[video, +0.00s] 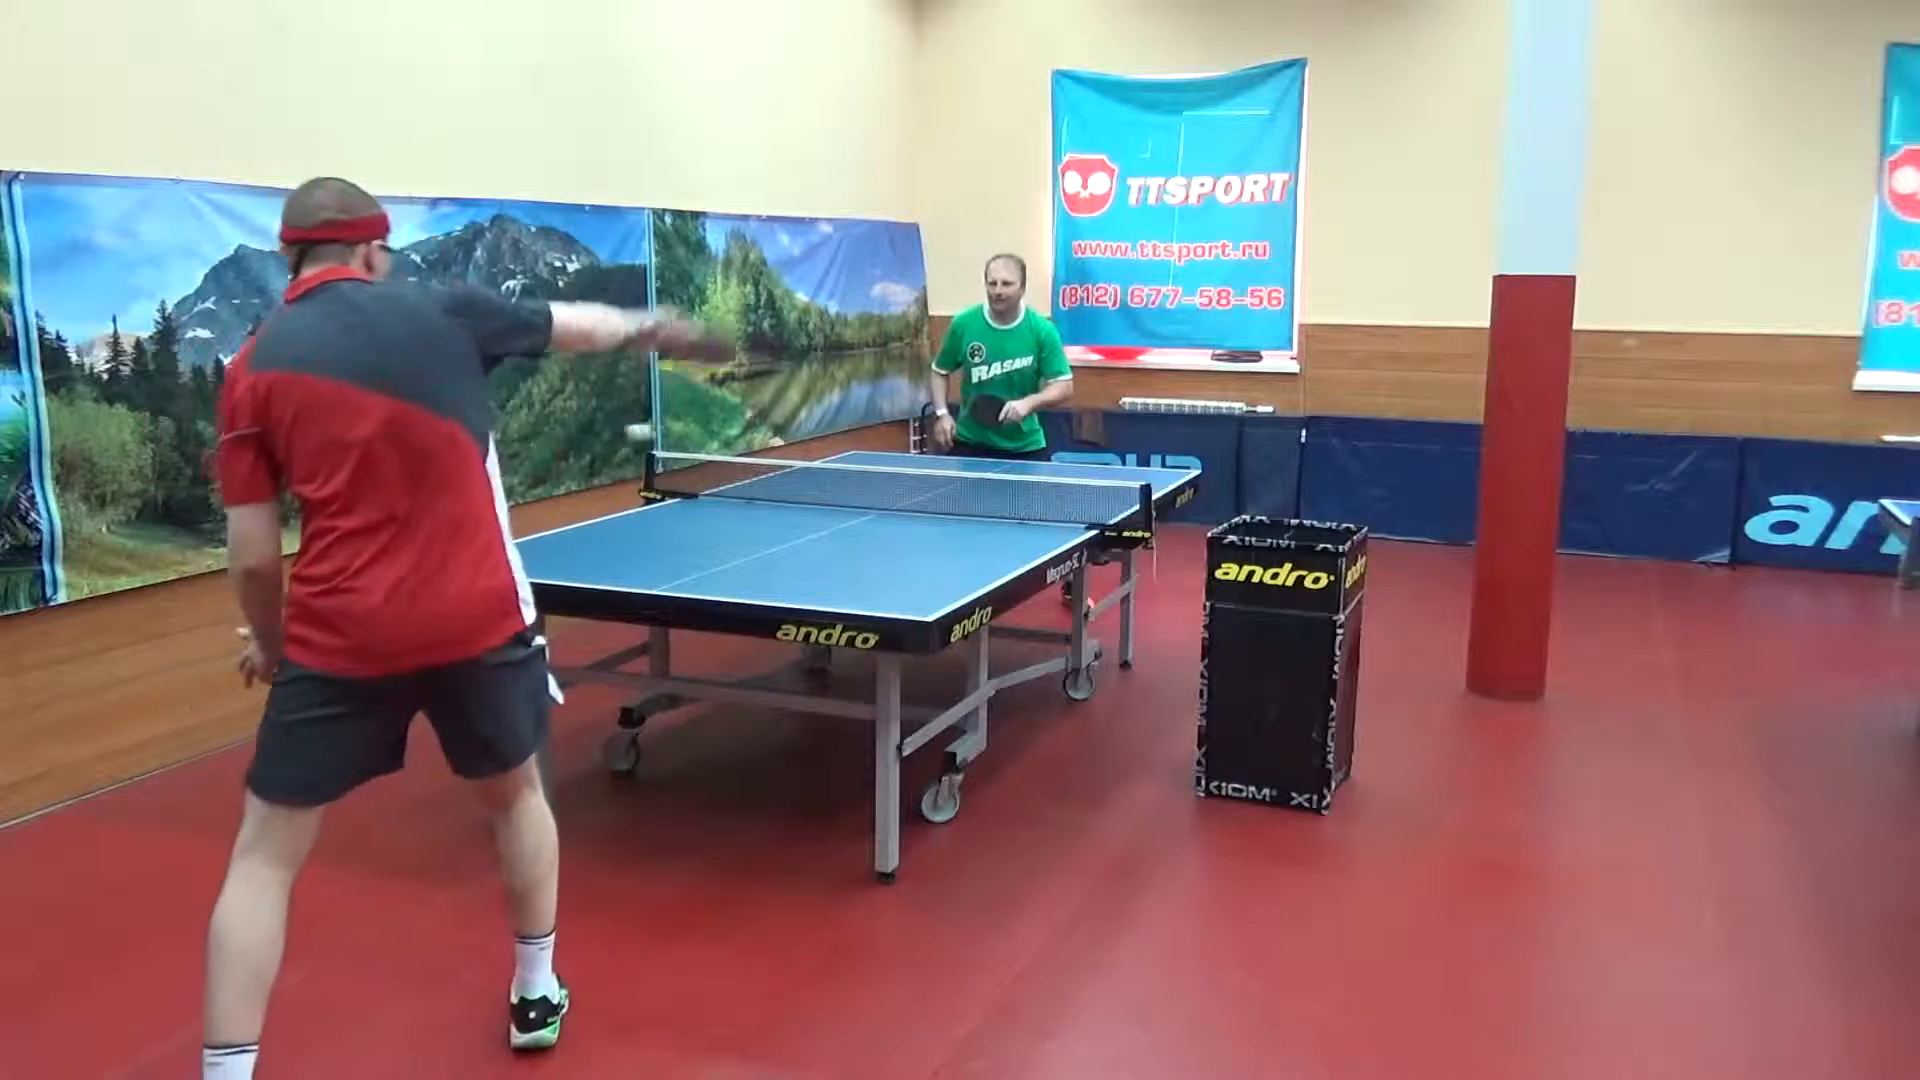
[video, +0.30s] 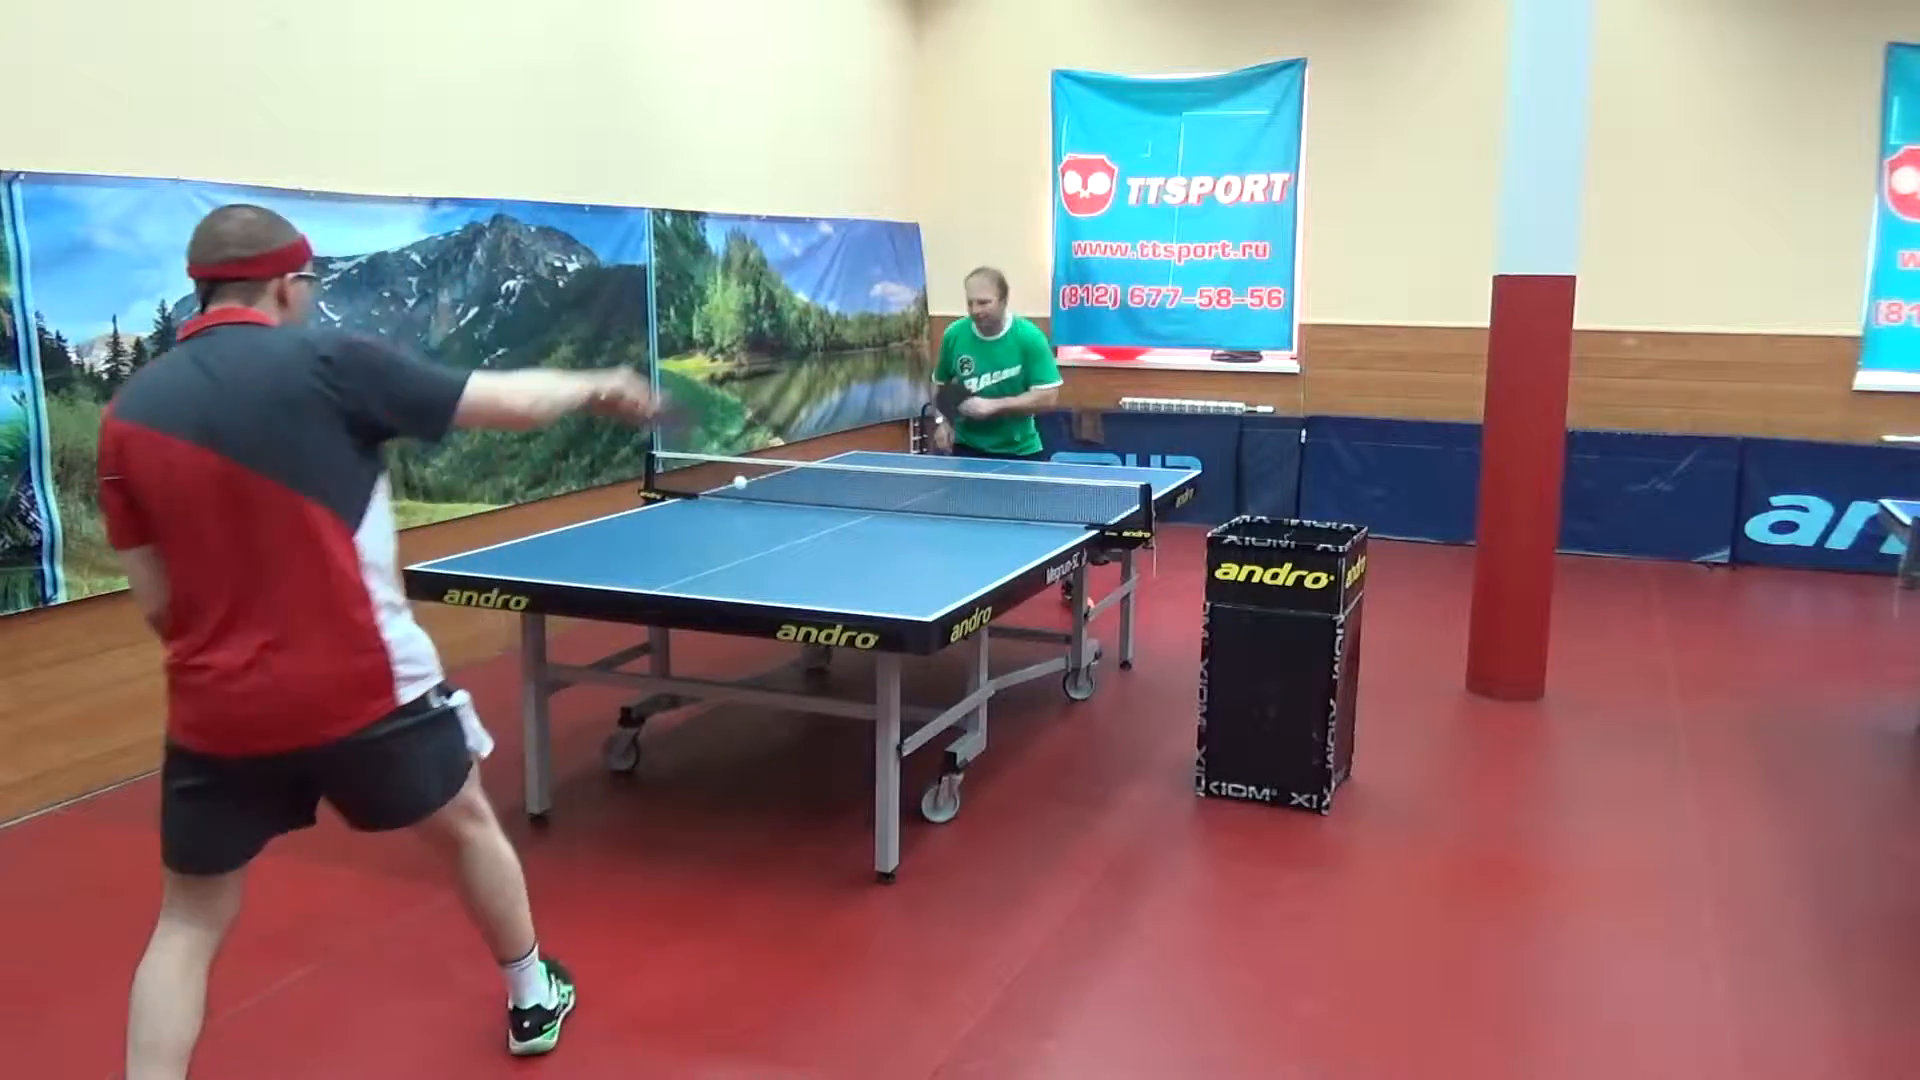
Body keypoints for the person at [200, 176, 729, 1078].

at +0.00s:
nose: (386, 260)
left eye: (380, 250)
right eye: (384, 249)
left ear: (291, 258)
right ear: (375, 250)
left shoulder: (254, 367)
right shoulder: (444, 309)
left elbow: (255, 554)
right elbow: (597, 328)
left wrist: (270, 648)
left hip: (339, 631)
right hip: (477, 616)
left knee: (265, 855)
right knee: (515, 796)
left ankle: (227, 1070)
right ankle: (538, 995)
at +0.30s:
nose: (311, 298)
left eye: (308, 283)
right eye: (305, 284)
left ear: (202, 289)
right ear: (280, 286)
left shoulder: (129, 410)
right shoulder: (327, 361)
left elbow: (158, 601)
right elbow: (503, 401)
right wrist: (597, 385)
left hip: (218, 711)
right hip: (365, 688)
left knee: (187, 920)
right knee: (467, 823)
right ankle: (532, 996)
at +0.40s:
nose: (290, 285)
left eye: (285, 269)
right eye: (284, 270)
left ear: (182, 281)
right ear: (259, 276)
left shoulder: (99, 399)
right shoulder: (298, 365)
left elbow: (111, 590)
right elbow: (445, 460)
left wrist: (185, 657)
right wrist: (543, 483)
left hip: (187, 710)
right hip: (332, 686)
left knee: (179, 922)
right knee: (450, 838)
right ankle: (518, 1008)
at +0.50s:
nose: (289, 269)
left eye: (284, 252)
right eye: (283, 252)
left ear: (180, 262)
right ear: (260, 255)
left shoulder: (95, 382)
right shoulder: (290, 357)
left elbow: (97, 561)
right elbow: (405, 505)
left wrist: (156, 663)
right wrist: (497, 572)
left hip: (180, 700)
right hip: (324, 677)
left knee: (174, 914)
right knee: (434, 832)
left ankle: (144, 1078)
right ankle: (476, 1048)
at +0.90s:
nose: (370, 243)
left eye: (359, 231)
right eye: (367, 230)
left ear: (274, 242)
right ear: (356, 229)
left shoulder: (198, 335)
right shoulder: (396, 334)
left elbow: (167, 515)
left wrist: (153, 648)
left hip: (240, 653)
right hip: (379, 647)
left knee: (231, 853)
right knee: (406, 856)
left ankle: (213, 1068)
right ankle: (398, 1070)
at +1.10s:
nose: (318, 243)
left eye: (316, 231)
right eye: (306, 231)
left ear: (278, 238)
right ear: (262, 236)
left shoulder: (301, 318)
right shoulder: (191, 307)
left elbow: (308, 420)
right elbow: (159, 411)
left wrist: (361, 486)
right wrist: (281, 431)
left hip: (279, 520)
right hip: (213, 525)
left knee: (278, 652)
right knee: (240, 662)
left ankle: (236, 797)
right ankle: (192, 835)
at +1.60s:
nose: (308, 244)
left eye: (307, 230)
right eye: (294, 234)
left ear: (276, 243)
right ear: (245, 244)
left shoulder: (303, 315)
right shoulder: (172, 316)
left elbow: (351, 401)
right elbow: (83, 409)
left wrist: (449, 407)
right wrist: (135, 391)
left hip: (296, 533)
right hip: (205, 546)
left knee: (368, 652)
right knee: (206, 699)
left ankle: (344, 812)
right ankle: (187, 842)